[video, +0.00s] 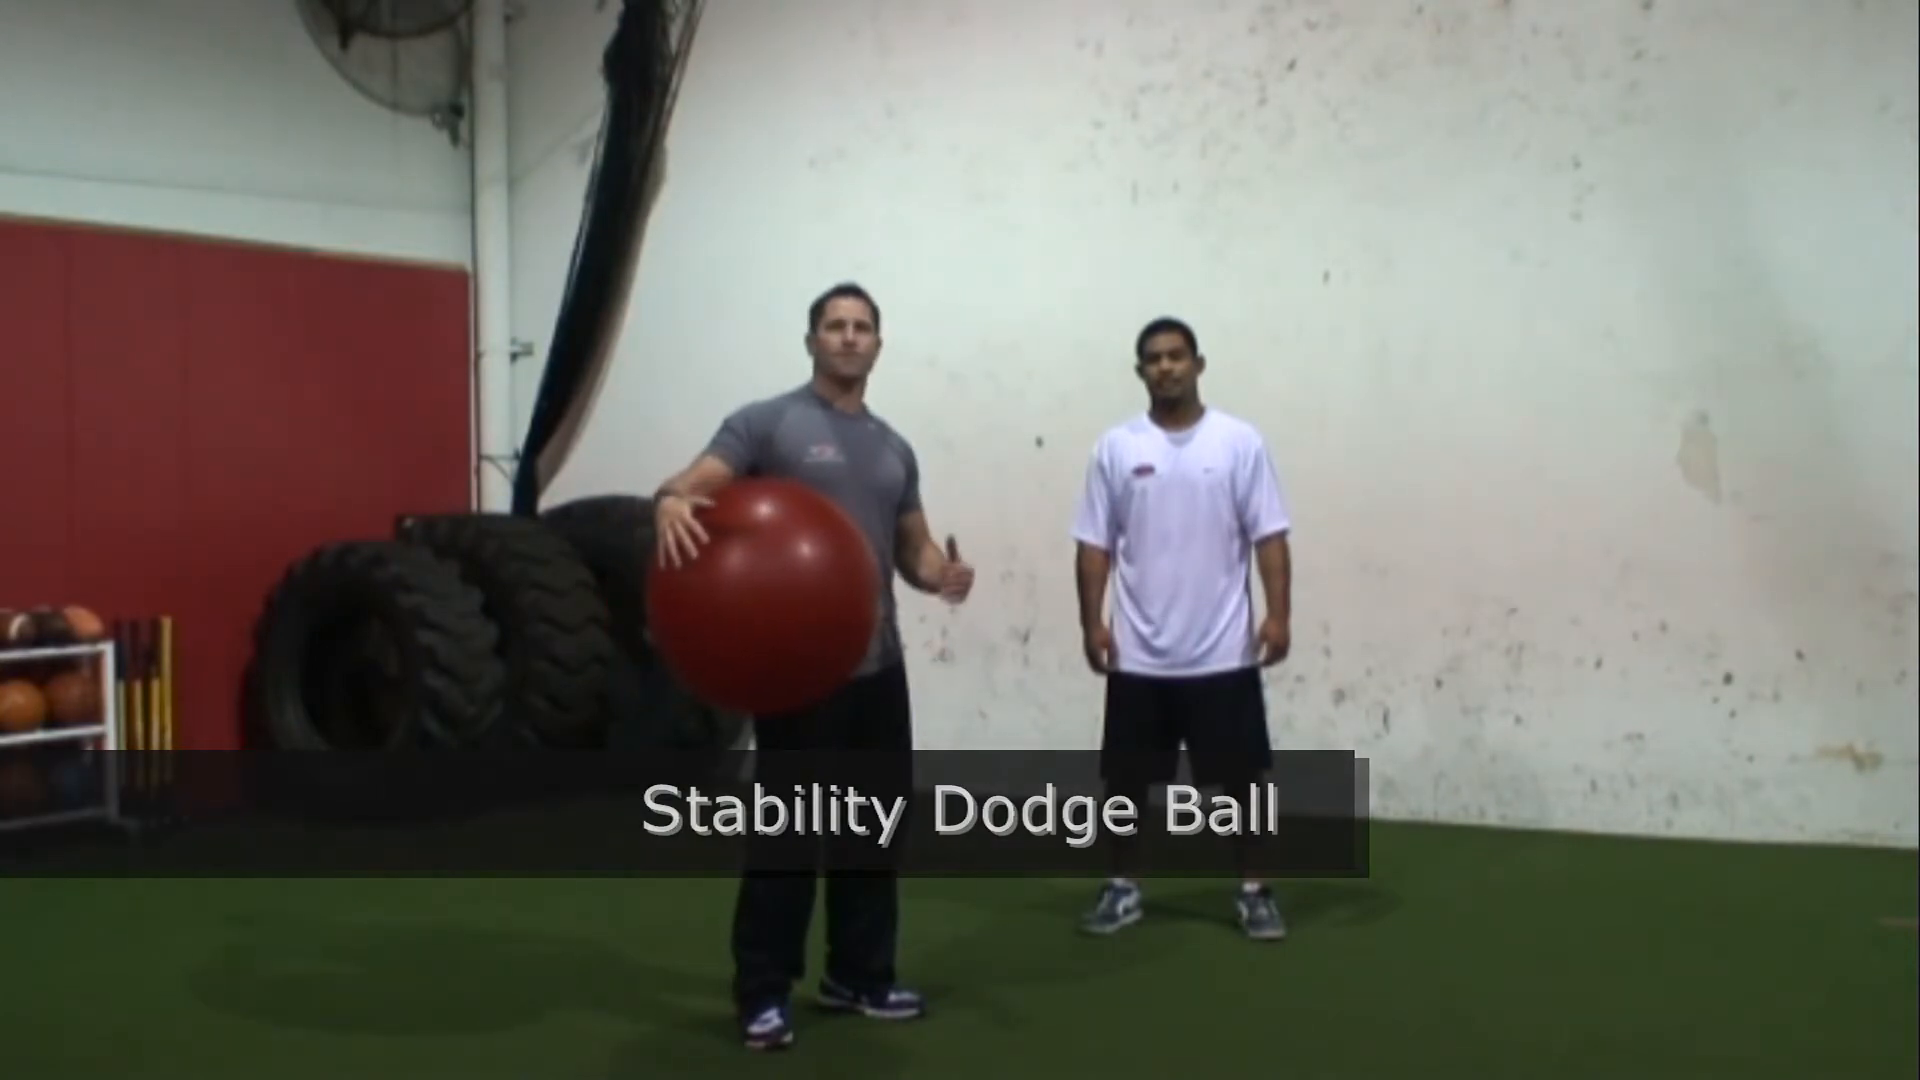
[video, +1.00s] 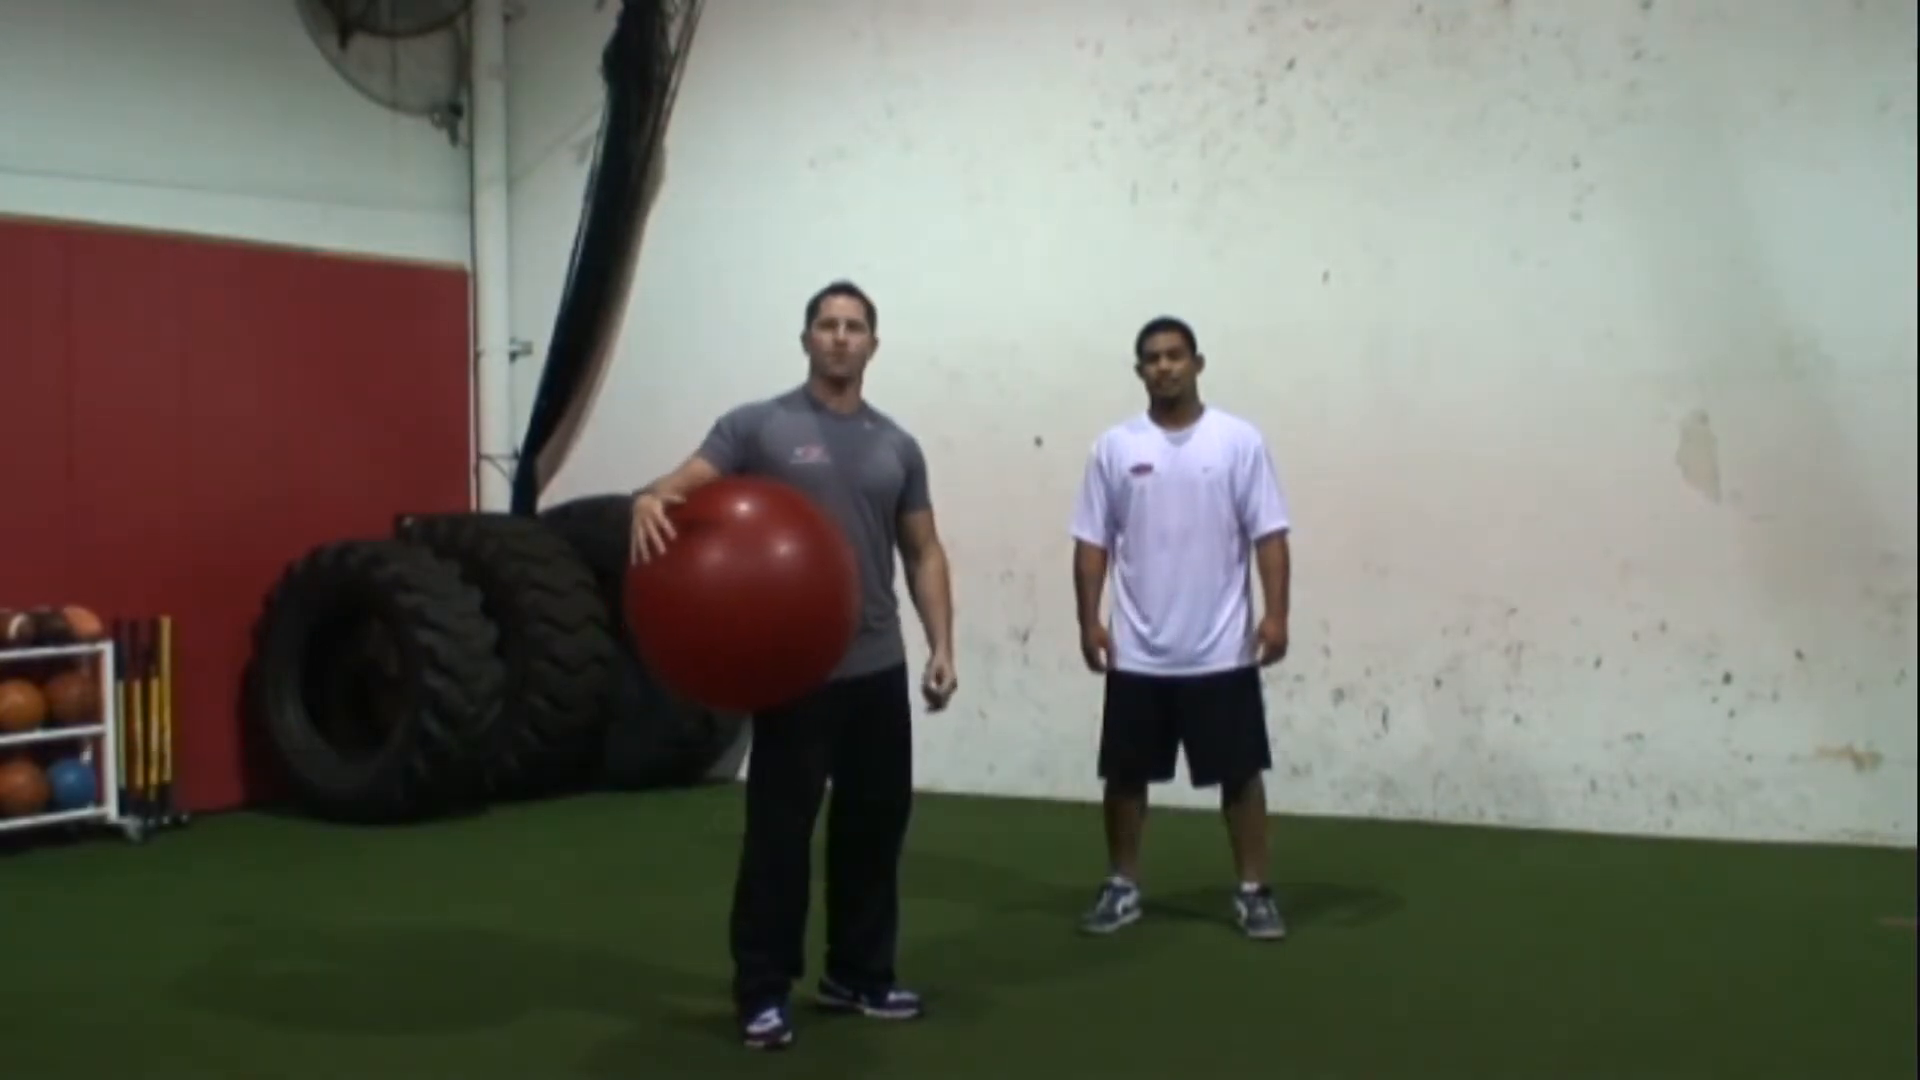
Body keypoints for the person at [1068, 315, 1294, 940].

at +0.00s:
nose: (1166, 367)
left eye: (1176, 356)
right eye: (1154, 359)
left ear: (1198, 364)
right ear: (1140, 372)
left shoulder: (1240, 442)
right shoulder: (1117, 448)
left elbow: (1270, 533)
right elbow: (1094, 541)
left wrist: (1278, 613)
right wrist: (1093, 622)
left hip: (1222, 646)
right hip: (1140, 647)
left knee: (1242, 780)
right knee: (1124, 780)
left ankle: (1254, 888)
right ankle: (1123, 884)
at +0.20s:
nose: (1165, 367)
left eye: (1176, 356)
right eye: (1154, 359)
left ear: (1198, 364)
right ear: (1140, 372)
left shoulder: (1240, 442)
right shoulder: (1116, 447)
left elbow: (1270, 533)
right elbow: (1093, 541)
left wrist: (1278, 613)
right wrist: (1092, 622)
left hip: (1222, 646)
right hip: (1140, 648)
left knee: (1244, 781)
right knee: (1123, 780)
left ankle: (1254, 889)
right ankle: (1123, 885)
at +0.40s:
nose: (1165, 367)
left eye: (1175, 356)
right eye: (1153, 359)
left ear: (1198, 364)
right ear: (1140, 372)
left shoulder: (1241, 442)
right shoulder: (1116, 447)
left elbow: (1270, 533)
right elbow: (1092, 540)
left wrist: (1279, 612)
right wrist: (1090, 621)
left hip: (1222, 647)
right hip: (1140, 648)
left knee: (1245, 780)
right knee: (1123, 781)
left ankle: (1254, 889)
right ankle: (1122, 885)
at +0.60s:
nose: (1165, 367)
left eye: (1175, 356)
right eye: (1153, 359)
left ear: (1198, 365)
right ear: (1140, 372)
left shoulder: (1240, 442)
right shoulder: (1116, 447)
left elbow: (1271, 533)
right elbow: (1092, 539)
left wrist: (1278, 612)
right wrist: (1090, 621)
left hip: (1222, 645)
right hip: (1140, 646)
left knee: (1245, 778)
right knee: (1124, 780)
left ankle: (1254, 889)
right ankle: (1122, 885)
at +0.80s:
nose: (1164, 366)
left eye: (1174, 356)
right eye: (1152, 359)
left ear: (1198, 364)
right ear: (1139, 371)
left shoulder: (1239, 441)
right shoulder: (1115, 448)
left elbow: (1269, 533)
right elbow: (1092, 539)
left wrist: (1276, 612)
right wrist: (1089, 620)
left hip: (1221, 645)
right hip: (1139, 646)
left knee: (1242, 777)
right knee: (1123, 777)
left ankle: (1254, 889)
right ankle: (1122, 884)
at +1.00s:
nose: (1163, 366)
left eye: (1174, 356)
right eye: (1152, 359)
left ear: (1198, 364)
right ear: (1139, 371)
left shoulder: (1240, 442)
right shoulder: (1115, 448)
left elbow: (1269, 533)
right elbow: (1092, 539)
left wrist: (1276, 613)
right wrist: (1090, 620)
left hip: (1221, 645)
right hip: (1138, 646)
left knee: (1242, 777)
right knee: (1123, 778)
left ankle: (1254, 889)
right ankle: (1122, 884)